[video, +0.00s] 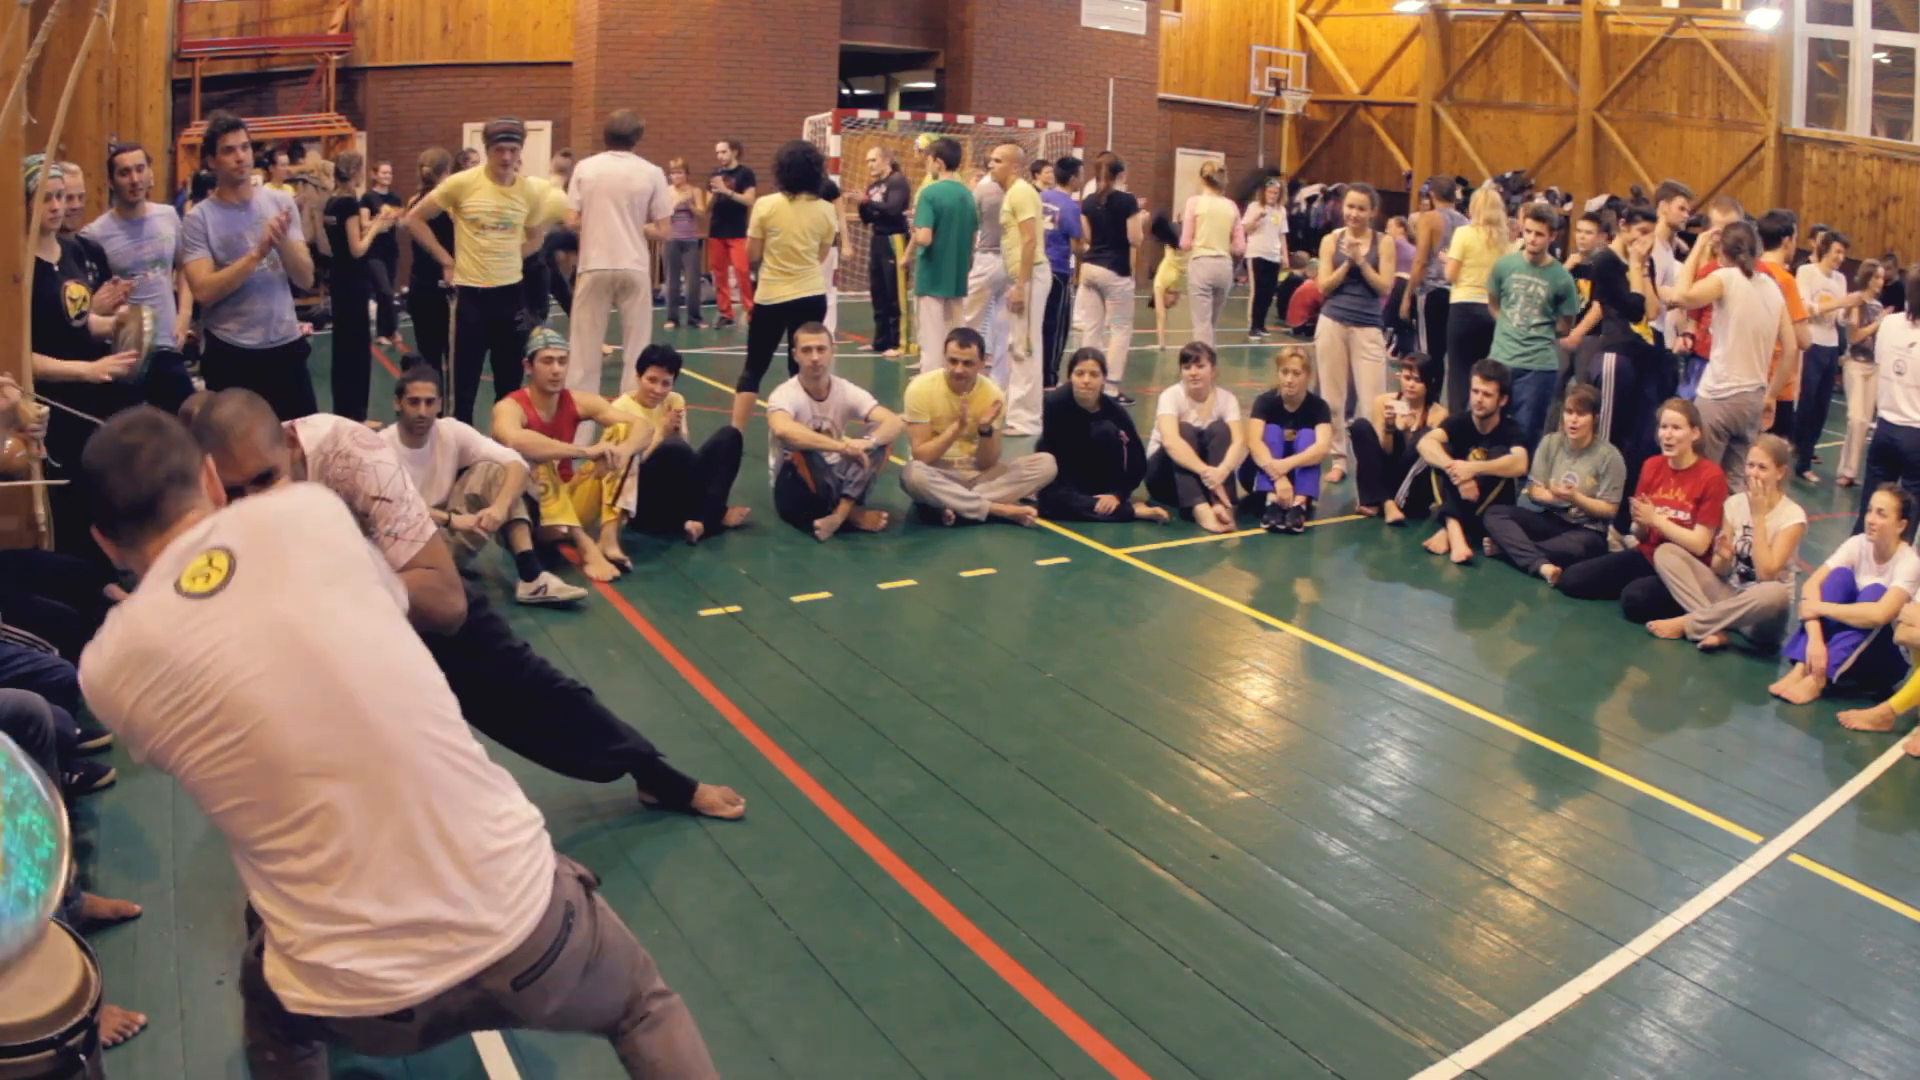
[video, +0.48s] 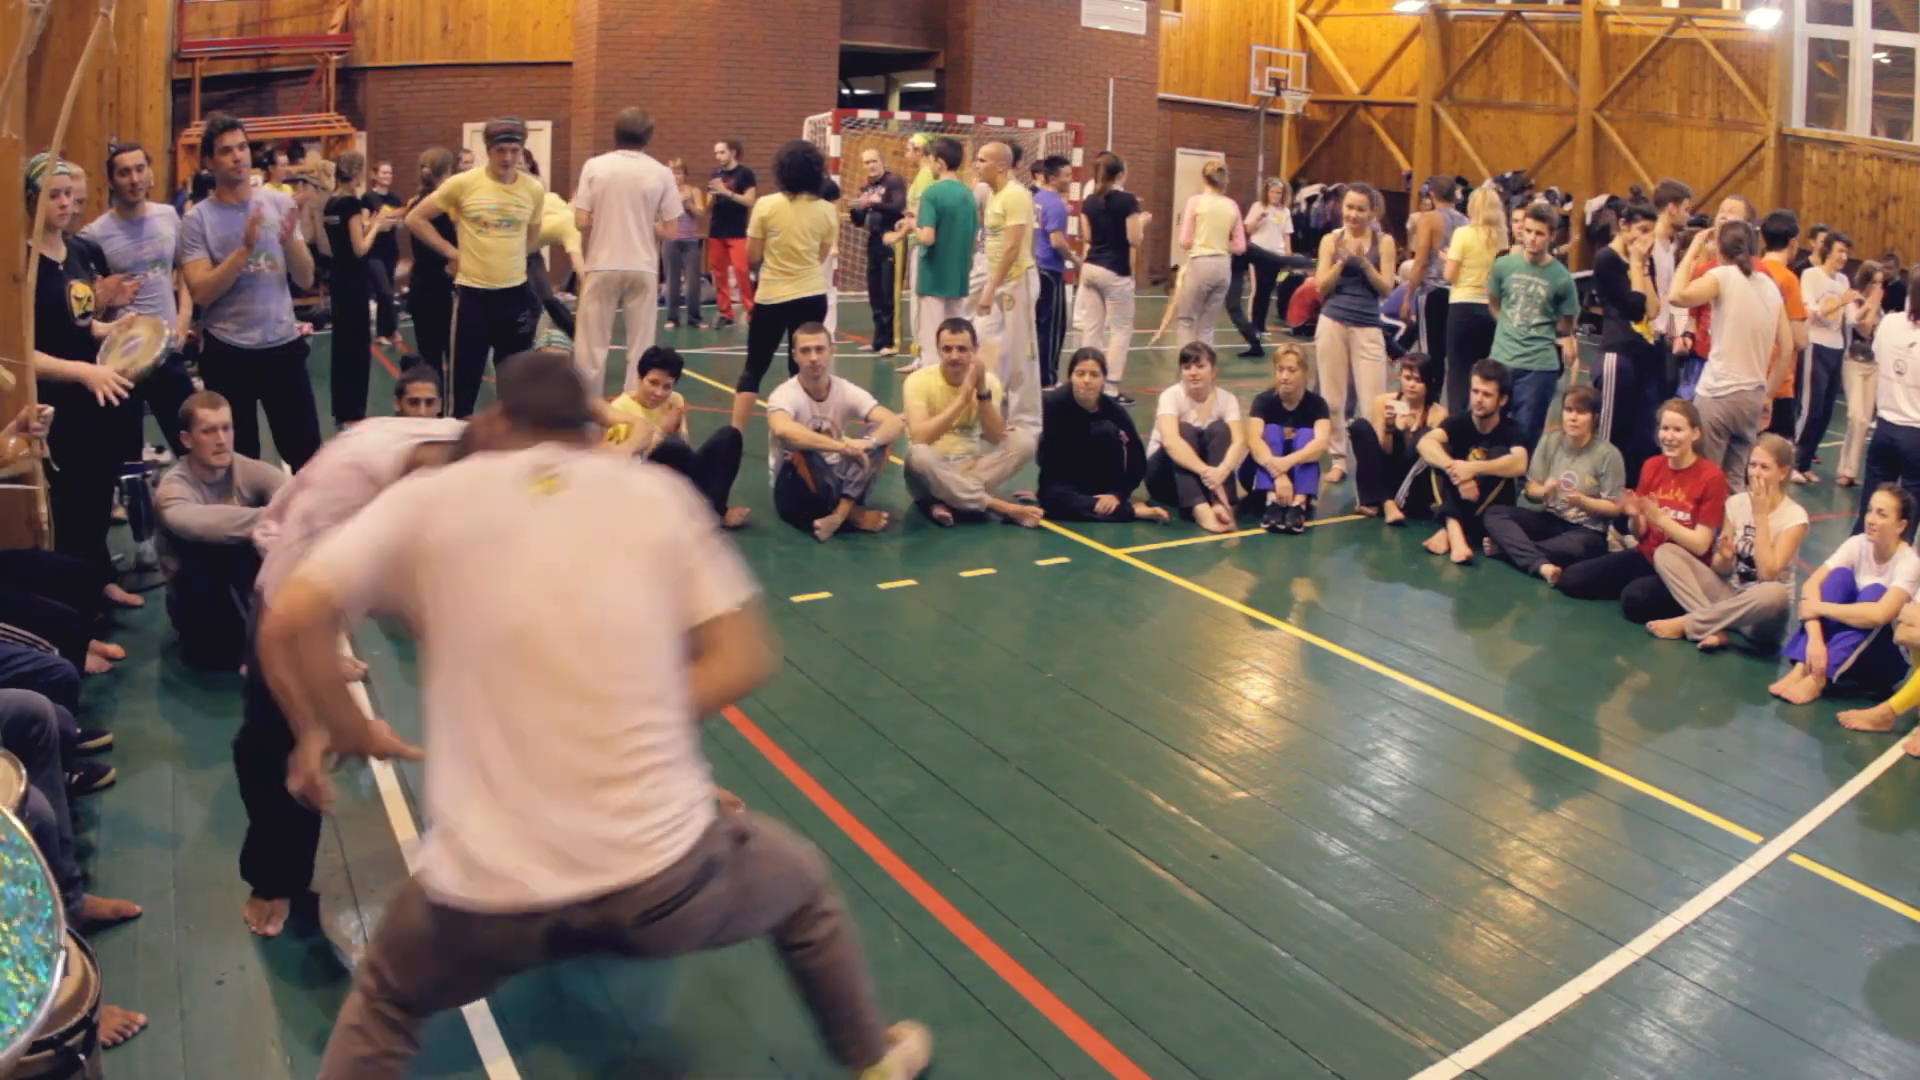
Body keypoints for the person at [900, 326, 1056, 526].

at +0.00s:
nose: (959, 370)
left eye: (968, 363)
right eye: (953, 361)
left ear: (982, 363)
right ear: (944, 358)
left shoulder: (992, 392)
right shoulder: (921, 388)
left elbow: (986, 463)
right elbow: (921, 457)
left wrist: (985, 430)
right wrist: (956, 427)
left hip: (982, 473)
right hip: (939, 473)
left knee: (1047, 464)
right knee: (912, 473)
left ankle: (962, 508)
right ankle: (995, 509)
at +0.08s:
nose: (958, 370)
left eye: (967, 363)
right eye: (952, 361)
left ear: (981, 363)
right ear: (943, 358)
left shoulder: (992, 393)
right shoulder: (920, 388)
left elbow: (985, 463)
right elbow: (921, 456)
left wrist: (983, 428)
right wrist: (966, 431)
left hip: (981, 473)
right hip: (939, 474)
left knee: (1046, 462)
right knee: (912, 473)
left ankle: (961, 508)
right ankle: (994, 509)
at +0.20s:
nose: (956, 368)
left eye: (965, 361)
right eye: (950, 360)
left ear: (979, 361)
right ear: (941, 357)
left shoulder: (990, 392)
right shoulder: (919, 388)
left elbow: (984, 461)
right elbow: (922, 457)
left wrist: (982, 426)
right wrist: (964, 425)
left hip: (980, 470)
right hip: (939, 471)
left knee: (1044, 458)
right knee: (911, 473)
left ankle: (960, 507)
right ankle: (993, 509)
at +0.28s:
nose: (955, 366)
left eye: (964, 359)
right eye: (949, 358)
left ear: (978, 360)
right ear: (940, 355)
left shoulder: (989, 390)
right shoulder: (918, 388)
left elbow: (982, 458)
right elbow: (922, 456)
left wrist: (981, 423)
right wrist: (963, 423)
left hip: (979, 468)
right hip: (939, 470)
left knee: (1041, 454)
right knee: (913, 471)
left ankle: (960, 507)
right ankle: (996, 509)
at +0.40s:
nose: (954, 361)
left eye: (963, 354)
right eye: (948, 353)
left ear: (975, 355)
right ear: (939, 352)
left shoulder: (989, 386)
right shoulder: (918, 385)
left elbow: (987, 452)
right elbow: (921, 447)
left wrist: (981, 409)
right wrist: (963, 410)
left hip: (979, 465)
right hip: (938, 465)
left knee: (1033, 447)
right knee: (916, 466)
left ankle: (955, 504)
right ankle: (1002, 509)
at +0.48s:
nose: (954, 357)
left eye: (962, 350)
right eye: (947, 349)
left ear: (975, 351)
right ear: (938, 350)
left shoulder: (988, 381)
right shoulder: (918, 381)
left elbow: (995, 436)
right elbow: (920, 436)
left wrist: (982, 391)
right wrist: (963, 400)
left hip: (974, 463)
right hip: (937, 463)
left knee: (1023, 442)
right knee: (919, 456)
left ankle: (949, 501)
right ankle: (1002, 507)